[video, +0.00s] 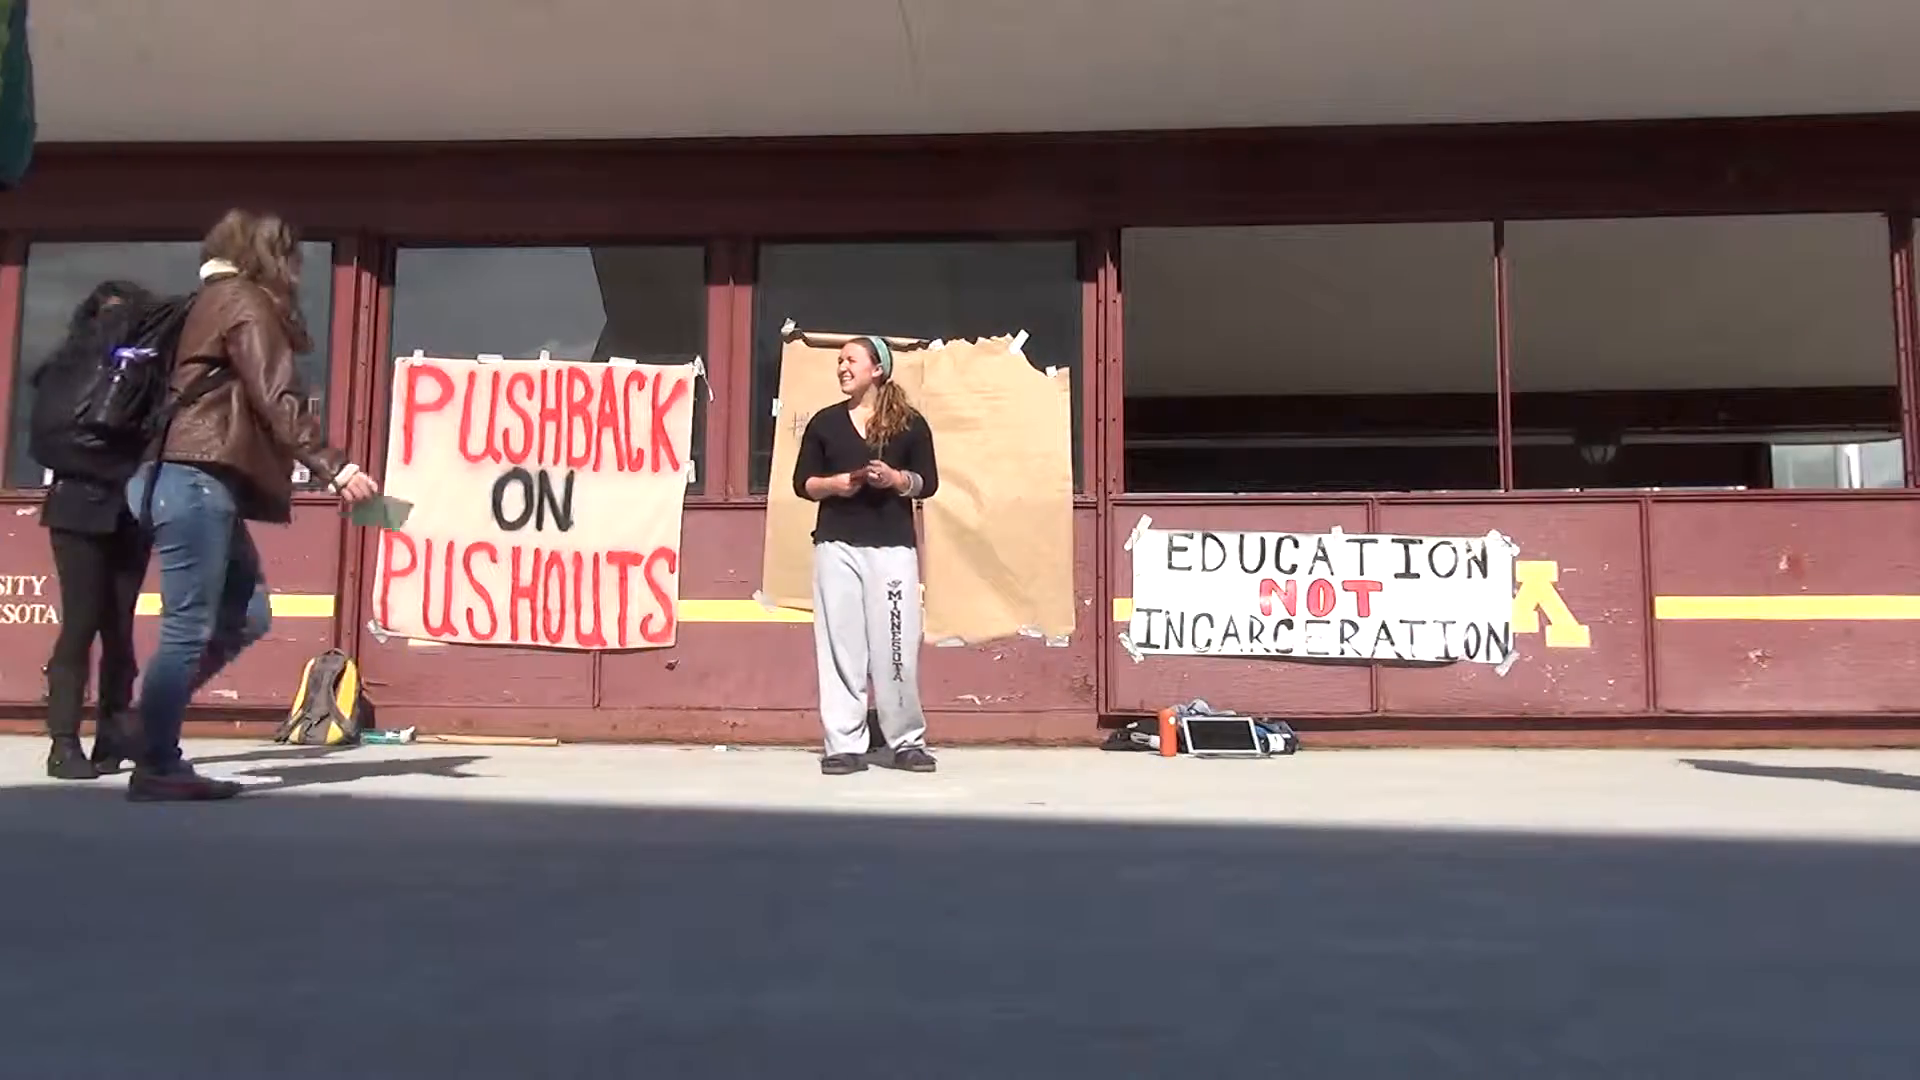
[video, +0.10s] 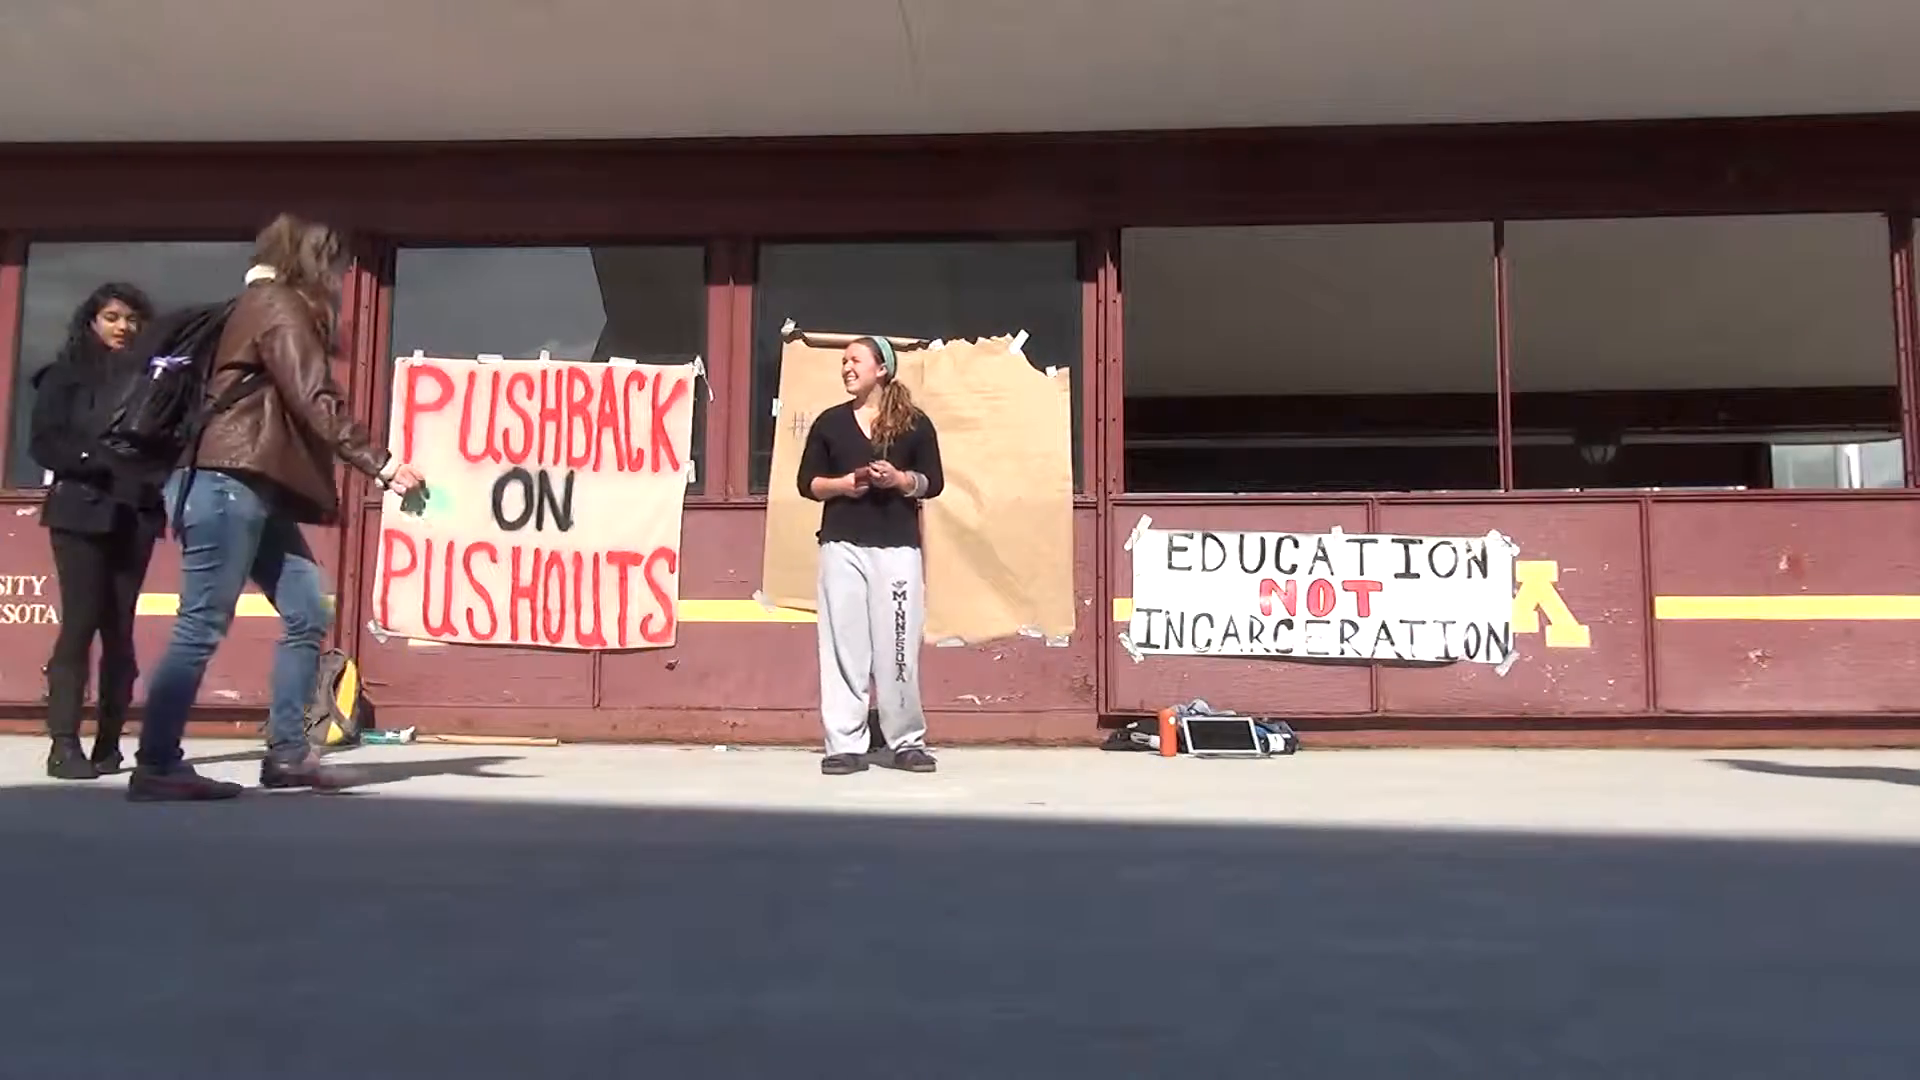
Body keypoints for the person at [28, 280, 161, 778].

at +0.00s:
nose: (119, 317)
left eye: (126, 309)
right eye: (113, 308)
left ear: (136, 317)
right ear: (97, 312)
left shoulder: (147, 362)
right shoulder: (71, 362)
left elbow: (158, 431)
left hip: (132, 505)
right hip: (79, 501)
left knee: (118, 626)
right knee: (80, 623)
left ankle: (113, 737)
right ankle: (65, 744)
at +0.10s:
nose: (121, 327)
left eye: (130, 319)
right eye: (111, 317)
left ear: (142, 327)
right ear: (91, 321)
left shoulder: (153, 378)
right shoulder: (65, 373)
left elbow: (171, 445)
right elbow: (44, 444)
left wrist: (130, 456)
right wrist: (94, 459)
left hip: (135, 511)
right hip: (79, 507)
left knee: (118, 627)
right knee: (79, 624)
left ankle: (109, 743)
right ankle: (64, 745)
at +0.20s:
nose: (121, 330)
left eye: (131, 321)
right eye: (111, 320)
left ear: (145, 328)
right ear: (92, 325)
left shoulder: (161, 382)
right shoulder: (65, 378)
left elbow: (176, 452)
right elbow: (43, 450)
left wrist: (140, 457)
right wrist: (89, 452)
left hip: (135, 515)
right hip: (78, 511)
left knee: (119, 626)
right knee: (79, 622)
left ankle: (108, 742)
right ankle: (63, 743)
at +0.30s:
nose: (122, 333)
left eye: (132, 325)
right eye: (112, 323)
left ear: (145, 331)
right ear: (95, 327)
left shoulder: (165, 389)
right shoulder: (68, 381)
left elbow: (181, 462)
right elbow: (47, 452)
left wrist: (144, 462)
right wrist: (83, 455)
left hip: (135, 519)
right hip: (79, 515)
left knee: (121, 627)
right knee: (77, 624)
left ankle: (108, 743)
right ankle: (64, 745)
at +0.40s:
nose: (122, 335)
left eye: (132, 327)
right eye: (113, 325)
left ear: (146, 333)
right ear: (96, 330)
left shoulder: (168, 393)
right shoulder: (70, 384)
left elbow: (178, 465)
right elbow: (48, 454)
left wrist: (140, 461)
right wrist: (78, 455)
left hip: (136, 519)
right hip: (78, 515)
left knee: (122, 627)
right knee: (76, 624)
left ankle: (108, 741)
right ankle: (61, 739)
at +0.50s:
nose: (122, 337)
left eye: (132, 329)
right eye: (113, 327)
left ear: (147, 335)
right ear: (96, 332)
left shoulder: (168, 393)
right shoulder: (72, 384)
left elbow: (178, 467)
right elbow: (47, 454)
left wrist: (137, 461)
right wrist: (70, 451)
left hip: (135, 520)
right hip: (77, 514)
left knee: (121, 628)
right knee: (66, 625)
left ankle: (107, 743)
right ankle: (49, 741)